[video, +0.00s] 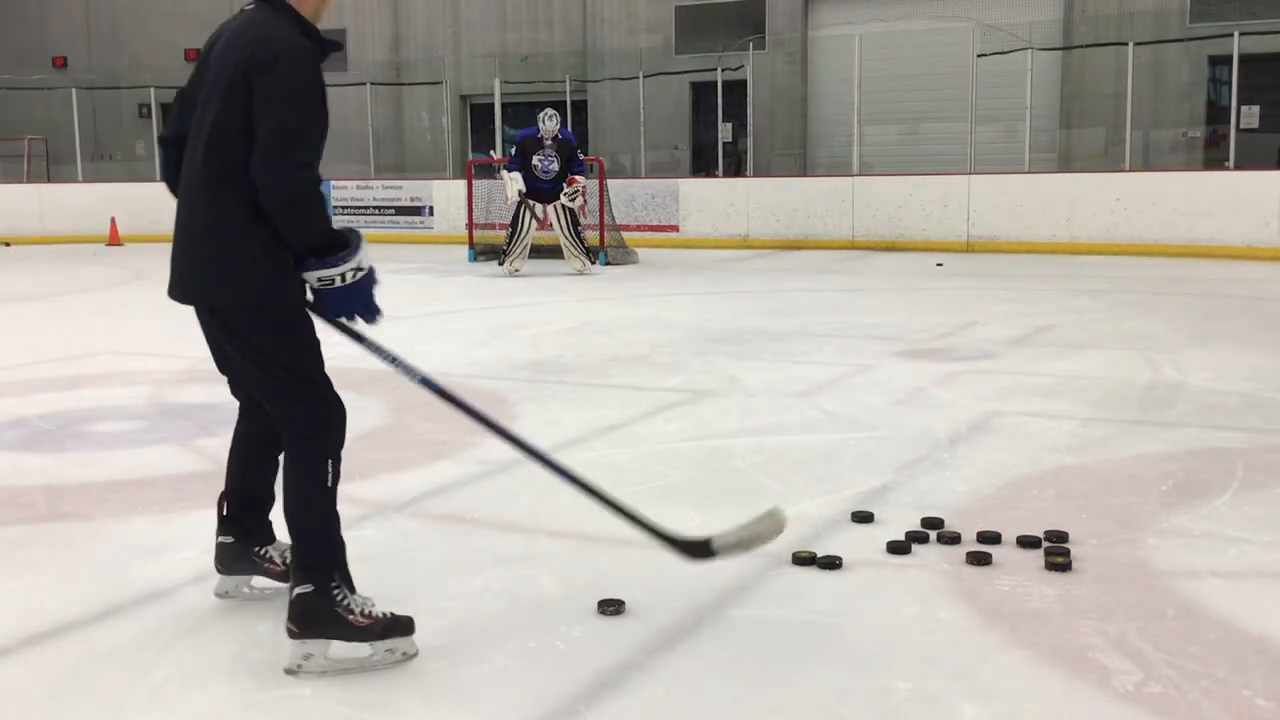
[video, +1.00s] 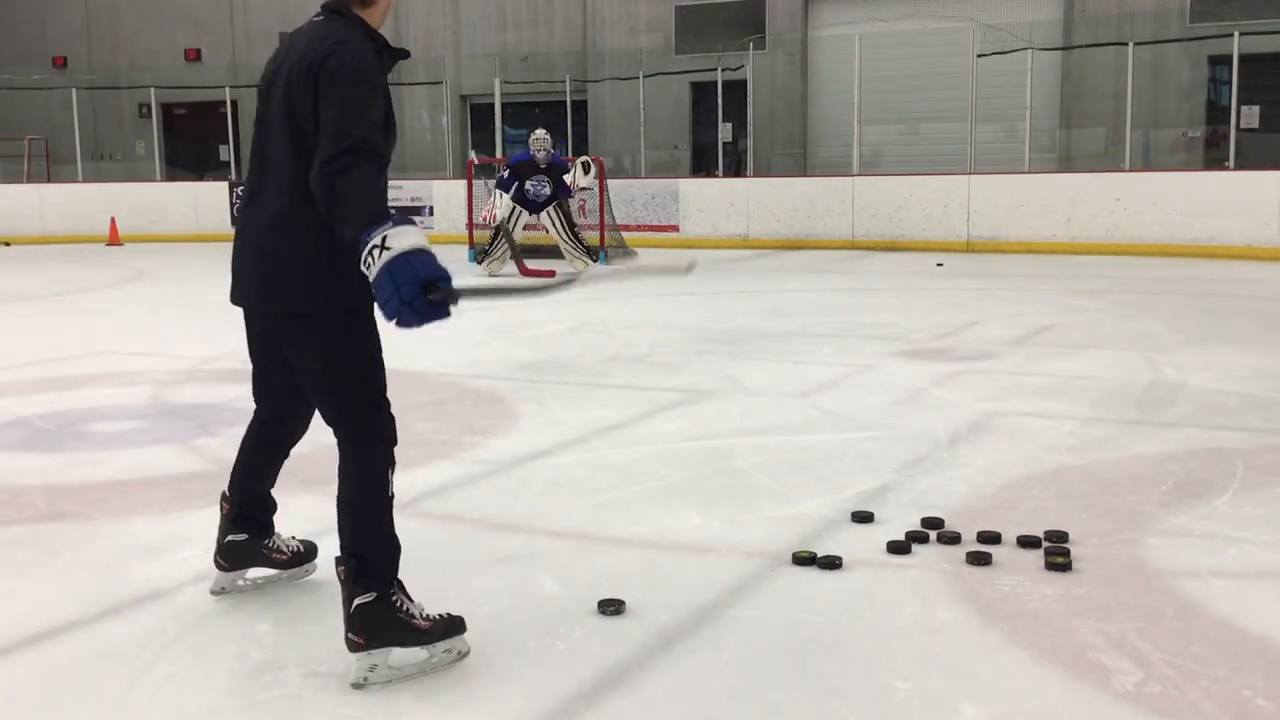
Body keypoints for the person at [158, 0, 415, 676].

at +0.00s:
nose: (332, 3)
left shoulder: (233, 35)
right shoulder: (291, 49)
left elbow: (178, 151)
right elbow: (285, 175)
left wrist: (235, 219)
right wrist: (336, 261)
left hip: (208, 267)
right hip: (256, 273)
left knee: (265, 403)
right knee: (315, 417)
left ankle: (243, 539)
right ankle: (322, 596)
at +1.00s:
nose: (394, 5)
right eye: (393, 0)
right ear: (381, 0)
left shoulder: (294, 49)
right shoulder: (352, 54)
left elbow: (272, 167)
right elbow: (347, 166)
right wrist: (385, 249)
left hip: (265, 278)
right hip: (321, 284)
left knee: (281, 409)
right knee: (368, 435)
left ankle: (242, 534)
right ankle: (374, 601)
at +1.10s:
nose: (408, 16)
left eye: (405, 8)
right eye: (408, 8)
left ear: (349, 2)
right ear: (394, 6)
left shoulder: (316, 56)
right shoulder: (353, 58)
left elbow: (291, 195)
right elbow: (337, 154)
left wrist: (351, 274)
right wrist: (402, 205)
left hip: (261, 280)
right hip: (312, 284)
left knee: (274, 409)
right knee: (366, 433)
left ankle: (232, 532)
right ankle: (367, 604)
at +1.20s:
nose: (428, 37)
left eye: (426, 26)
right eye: (429, 26)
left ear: (372, 19)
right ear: (419, 26)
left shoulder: (344, 71)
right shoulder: (367, 66)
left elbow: (364, 199)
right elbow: (358, 98)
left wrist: (394, 278)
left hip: (250, 271)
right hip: (299, 282)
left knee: (261, 408)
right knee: (366, 433)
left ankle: (215, 529)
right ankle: (352, 604)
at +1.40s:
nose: (463, 107)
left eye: (463, 95)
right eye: (466, 96)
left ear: (409, 78)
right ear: (454, 94)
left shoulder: (366, 115)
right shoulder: (410, 131)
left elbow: (341, 209)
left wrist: (371, 282)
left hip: (229, 278)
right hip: (290, 288)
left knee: (276, 410)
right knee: (364, 445)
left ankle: (205, 532)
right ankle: (335, 605)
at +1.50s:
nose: (461, 122)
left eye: (457, 111)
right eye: (463, 112)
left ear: (407, 94)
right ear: (455, 112)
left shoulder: (351, 125)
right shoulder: (428, 171)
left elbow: (273, 173)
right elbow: (411, 276)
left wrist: (322, 276)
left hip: (232, 286)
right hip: (297, 302)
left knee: (297, 406)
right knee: (342, 461)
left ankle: (243, 524)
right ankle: (305, 609)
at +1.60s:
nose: (455, 137)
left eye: (454, 126)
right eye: (456, 127)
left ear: (401, 103)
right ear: (447, 125)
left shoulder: (335, 120)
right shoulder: (434, 201)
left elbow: (242, 98)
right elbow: (431, 293)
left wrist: (257, 156)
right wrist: (423, 348)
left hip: (245, 288)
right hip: (309, 315)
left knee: (328, 387)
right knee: (288, 460)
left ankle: (285, 507)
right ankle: (213, 600)